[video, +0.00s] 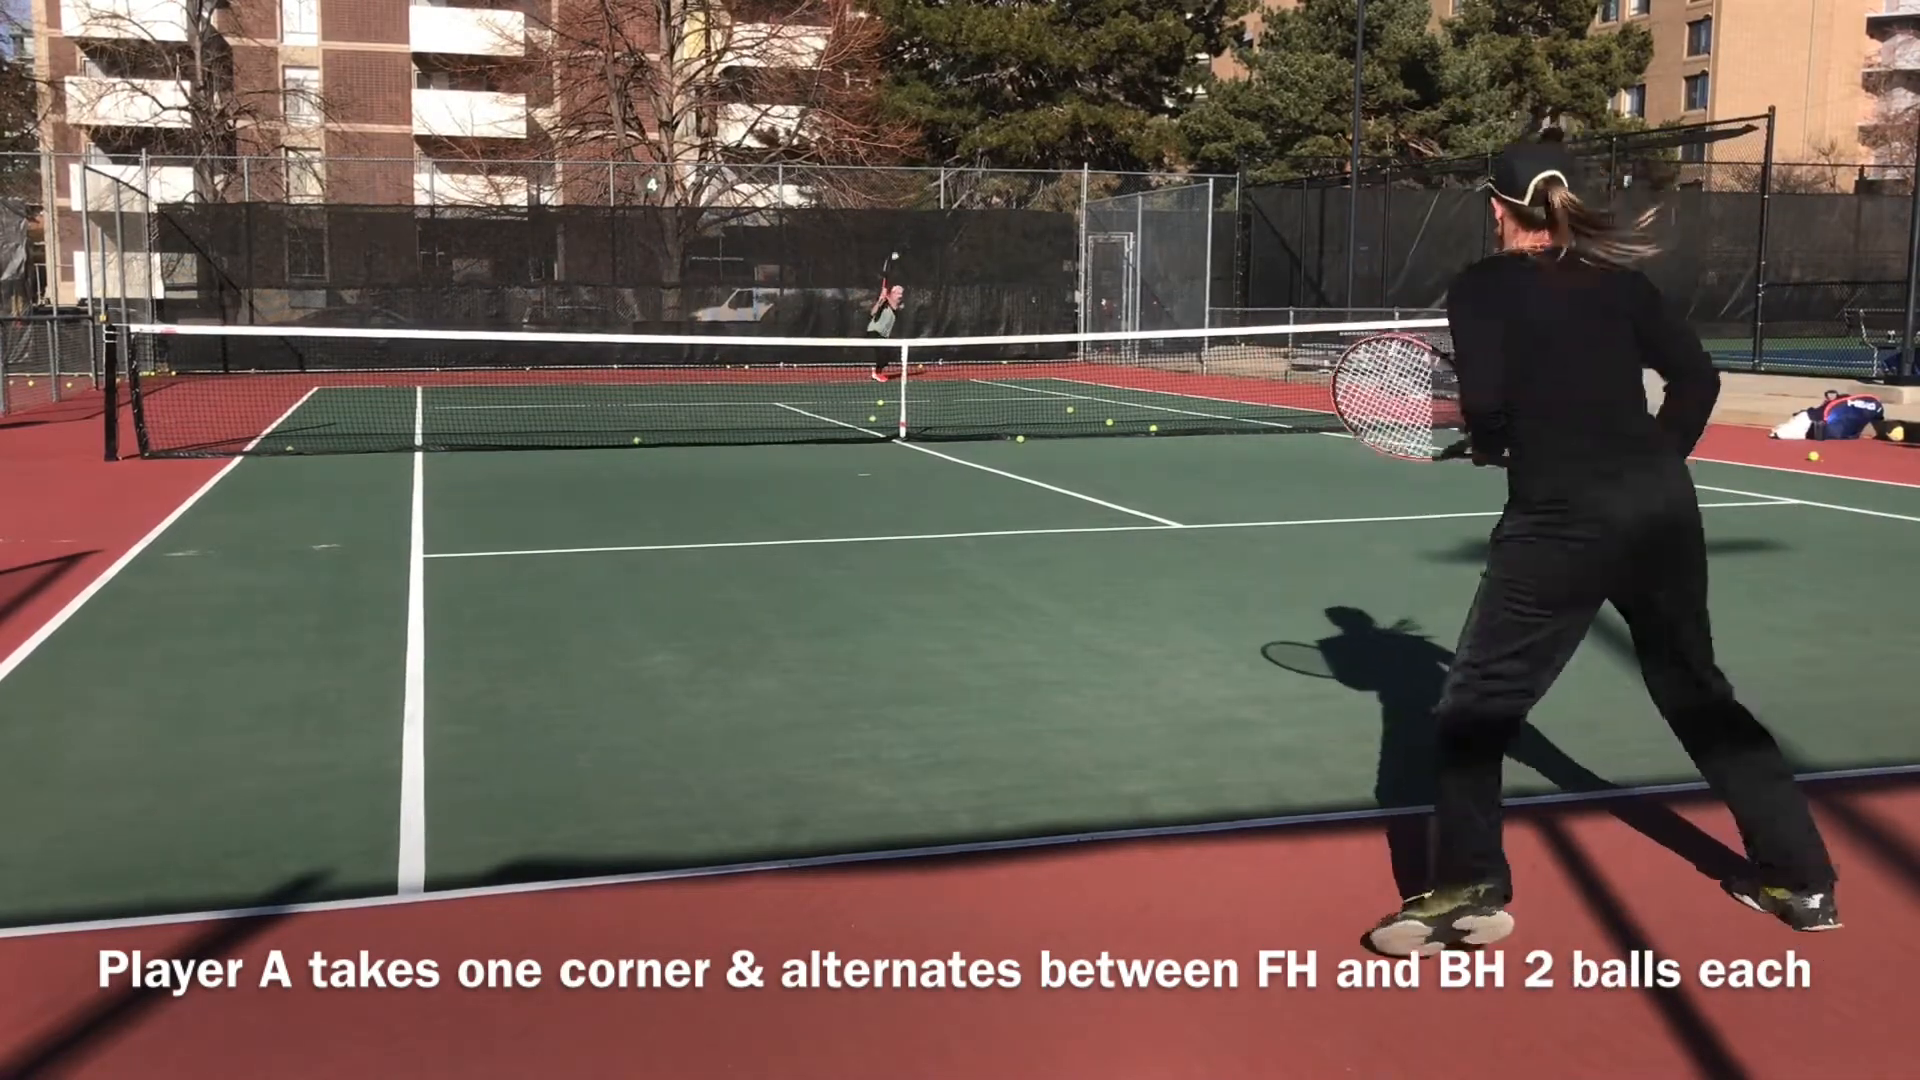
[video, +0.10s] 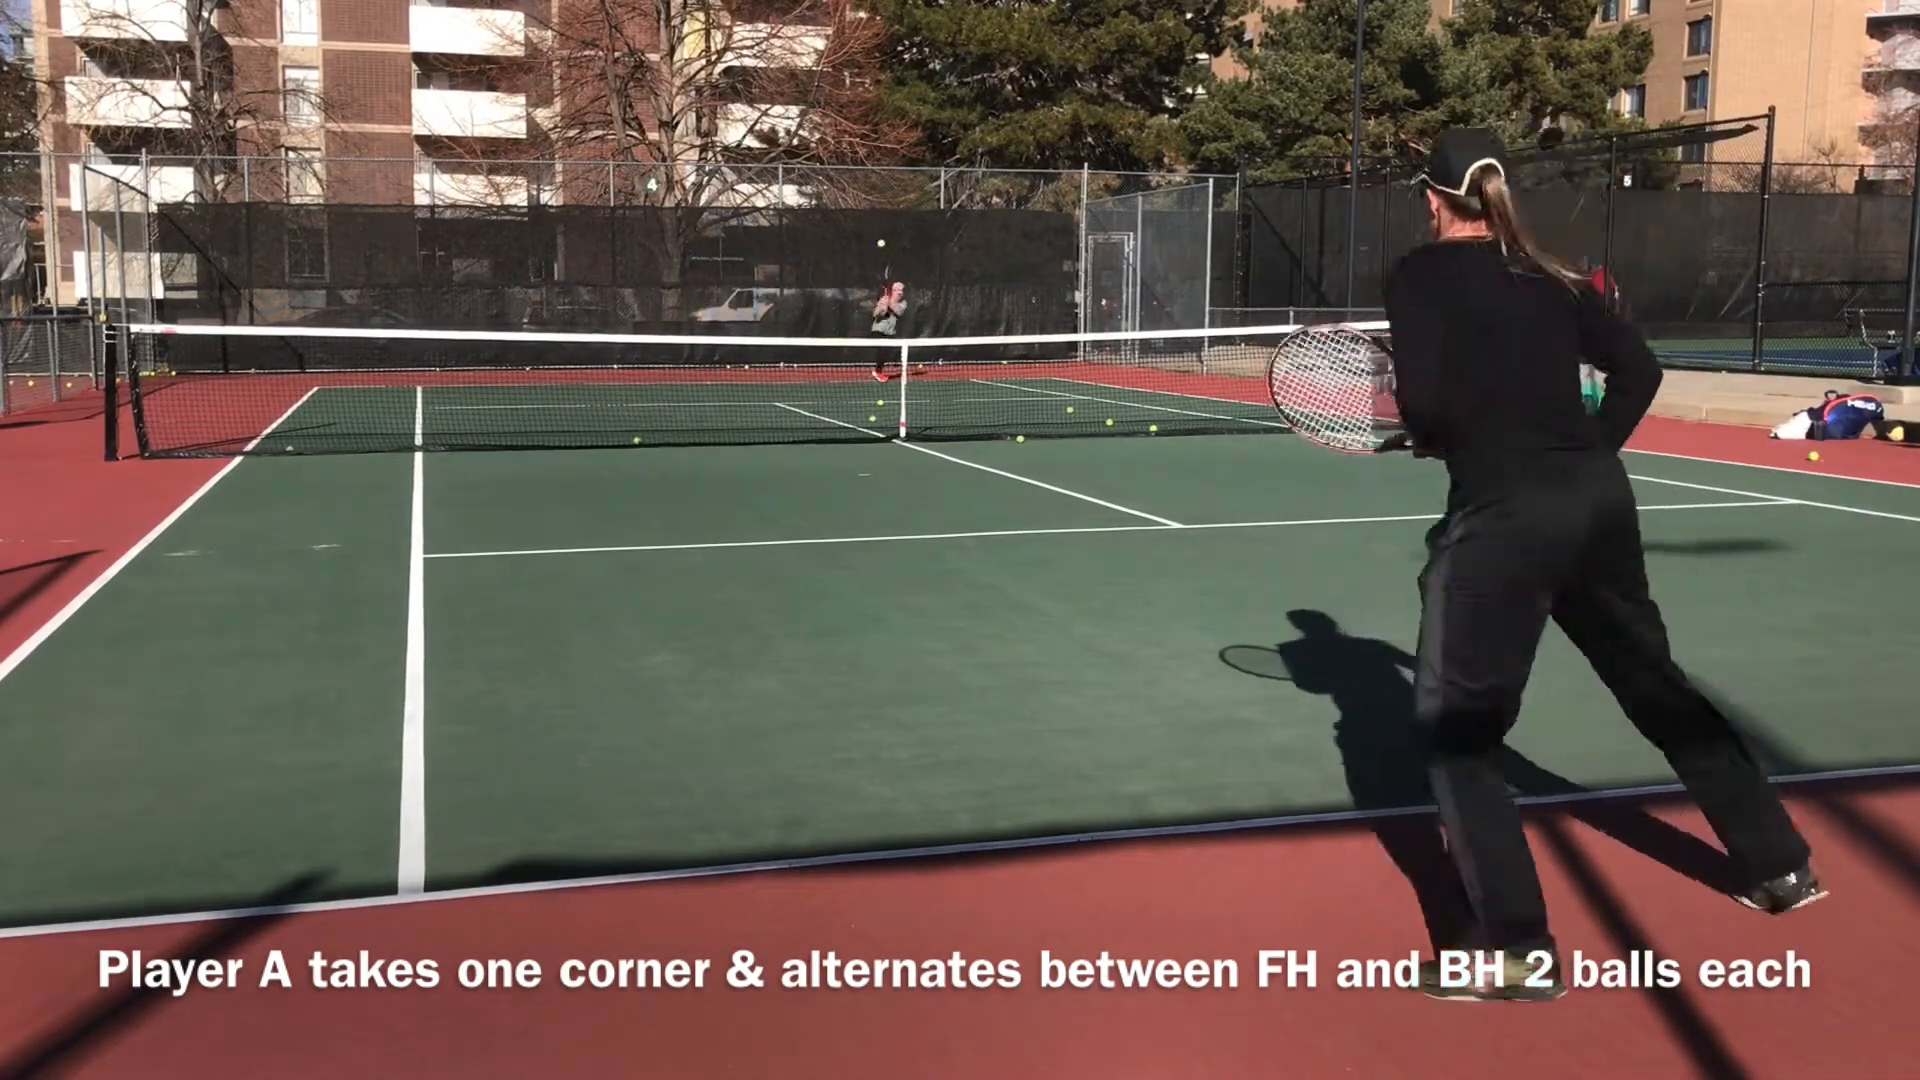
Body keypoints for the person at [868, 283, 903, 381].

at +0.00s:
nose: (900, 296)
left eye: (901, 294)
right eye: (897, 293)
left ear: (902, 295)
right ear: (890, 294)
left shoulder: (895, 308)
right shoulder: (884, 303)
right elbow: (873, 313)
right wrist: (881, 300)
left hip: (884, 334)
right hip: (874, 331)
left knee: (887, 353)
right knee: (882, 351)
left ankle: (879, 371)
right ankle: (876, 371)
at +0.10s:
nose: (900, 293)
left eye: (901, 291)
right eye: (897, 290)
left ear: (903, 292)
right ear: (892, 291)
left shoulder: (902, 303)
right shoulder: (884, 300)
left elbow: (899, 312)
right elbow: (876, 313)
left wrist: (890, 303)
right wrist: (884, 304)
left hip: (890, 330)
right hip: (879, 328)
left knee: (886, 350)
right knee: (881, 349)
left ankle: (879, 370)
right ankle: (877, 370)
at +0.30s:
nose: (895, 291)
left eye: (897, 288)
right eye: (893, 288)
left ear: (900, 291)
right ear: (889, 290)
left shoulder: (902, 303)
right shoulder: (882, 302)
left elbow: (903, 317)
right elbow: (878, 317)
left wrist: (894, 326)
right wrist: (887, 327)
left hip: (897, 329)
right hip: (884, 329)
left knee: (904, 350)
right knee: (882, 349)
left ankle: (910, 370)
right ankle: (878, 369)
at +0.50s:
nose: (883, 285)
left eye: (885, 283)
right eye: (880, 283)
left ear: (888, 285)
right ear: (877, 284)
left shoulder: (892, 298)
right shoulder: (871, 298)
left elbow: (895, 314)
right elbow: (866, 313)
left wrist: (888, 324)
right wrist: (880, 325)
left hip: (889, 330)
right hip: (875, 330)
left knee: (900, 349)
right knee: (876, 352)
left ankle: (906, 370)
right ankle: (876, 371)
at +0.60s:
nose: (876, 280)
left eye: (878, 278)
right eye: (873, 278)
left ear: (880, 279)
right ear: (870, 280)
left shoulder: (885, 293)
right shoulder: (864, 293)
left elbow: (888, 308)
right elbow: (860, 308)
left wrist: (881, 319)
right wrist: (872, 319)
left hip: (882, 325)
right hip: (868, 327)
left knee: (890, 347)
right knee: (873, 350)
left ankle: (893, 369)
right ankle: (875, 371)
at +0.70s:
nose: (868, 280)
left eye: (870, 277)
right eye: (866, 277)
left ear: (873, 279)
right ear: (863, 279)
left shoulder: (878, 292)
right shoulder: (857, 291)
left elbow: (881, 308)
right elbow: (853, 307)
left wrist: (873, 318)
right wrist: (863, 318)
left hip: (874, 324)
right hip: (861, 324)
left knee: (875, 347)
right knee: (862, 348)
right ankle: (865, 370)